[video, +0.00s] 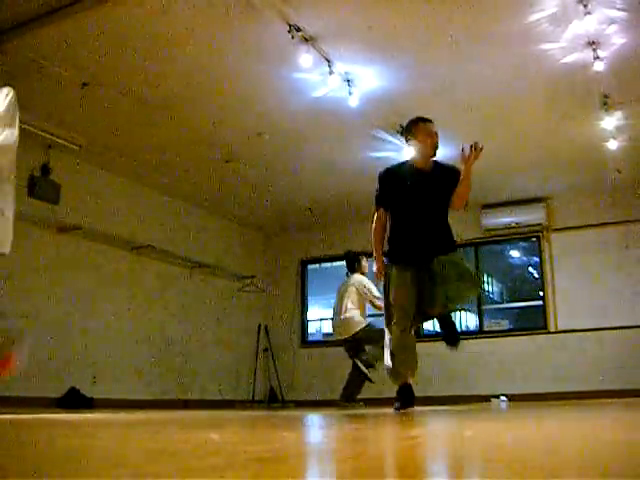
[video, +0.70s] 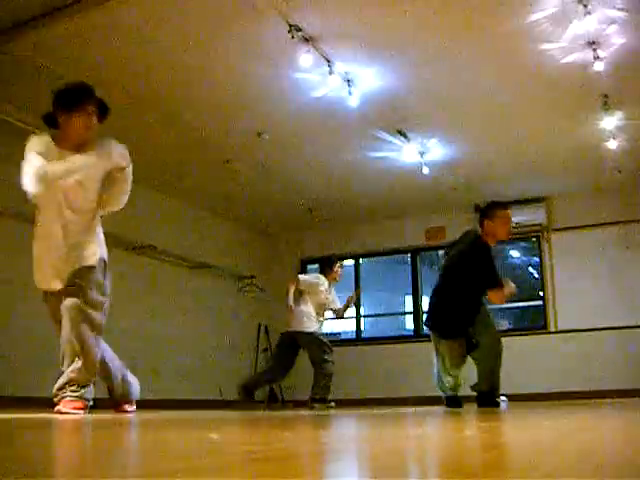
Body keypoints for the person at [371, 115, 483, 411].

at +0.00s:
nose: (436, 137)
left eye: (436, 133)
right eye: (429, 133)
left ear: (435, 140)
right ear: (413, 138)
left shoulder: (447, 173)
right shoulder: (392, 176)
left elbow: (459, 204)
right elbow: (381, 218)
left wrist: (466, 169)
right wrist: (378, 256)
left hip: (439, 252)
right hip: (403, 255)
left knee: (460, 285)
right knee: (400, 322)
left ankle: (442, 313)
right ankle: (404, 386)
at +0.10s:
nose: (434, 142)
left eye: (434, 137)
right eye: (428, 137)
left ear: (433, 142)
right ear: (413, 142)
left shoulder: (448, 172)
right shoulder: (392, 182)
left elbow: (479, 193)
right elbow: (384, 220)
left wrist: (474, 160)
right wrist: (380, 255)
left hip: (449, 256)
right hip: (412, 260)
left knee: (474, 309)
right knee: (407, 325)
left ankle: (466, 349)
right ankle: (406, 385)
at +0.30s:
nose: (446, 163)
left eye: (448, 158)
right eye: (440, 158)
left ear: (453, 160)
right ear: (427, 163)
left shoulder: (469, 189)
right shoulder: (416, 197)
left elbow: (502, 208)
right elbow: (395, 230)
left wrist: (494, 174)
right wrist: (363, 233)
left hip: (465, 276)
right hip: (429, 277)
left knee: (479, 334)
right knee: (422, 313)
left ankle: (486, 389)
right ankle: (408, 381)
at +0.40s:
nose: (463, 185)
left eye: (465, 179)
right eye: (456, 179)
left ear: (469, 181)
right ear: (442, 182)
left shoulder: (481, 209)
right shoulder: (428, 209)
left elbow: (510, 232)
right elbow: (388, 223)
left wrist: (515, 228)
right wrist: (400, 213)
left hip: (472, 283)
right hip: (439, 280)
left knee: (483, 341)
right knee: (439, 295)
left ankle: (486, 393)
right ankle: (423, 350)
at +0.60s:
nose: (506, 214)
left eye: (506, 208)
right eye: (502, 208)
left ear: (492, 211)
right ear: (485, 209)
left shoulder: (484, 238)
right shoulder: (465, 232)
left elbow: (478, 268)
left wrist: (495, 270)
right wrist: (479, 268)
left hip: (470, 299)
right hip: (443, 301)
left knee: (485, 349)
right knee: (451, 352)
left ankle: (486, 392)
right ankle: (455, 381)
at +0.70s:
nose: (509, 227)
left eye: (509, 221)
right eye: (505, 222)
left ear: (490, 224)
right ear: (488, 224)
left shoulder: (473, 241)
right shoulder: (476, 251)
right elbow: (496, 296)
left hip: (471, 310)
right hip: (446, 314)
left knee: (490, 346)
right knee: (452, 360)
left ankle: (487, 394)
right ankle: (450, 392)